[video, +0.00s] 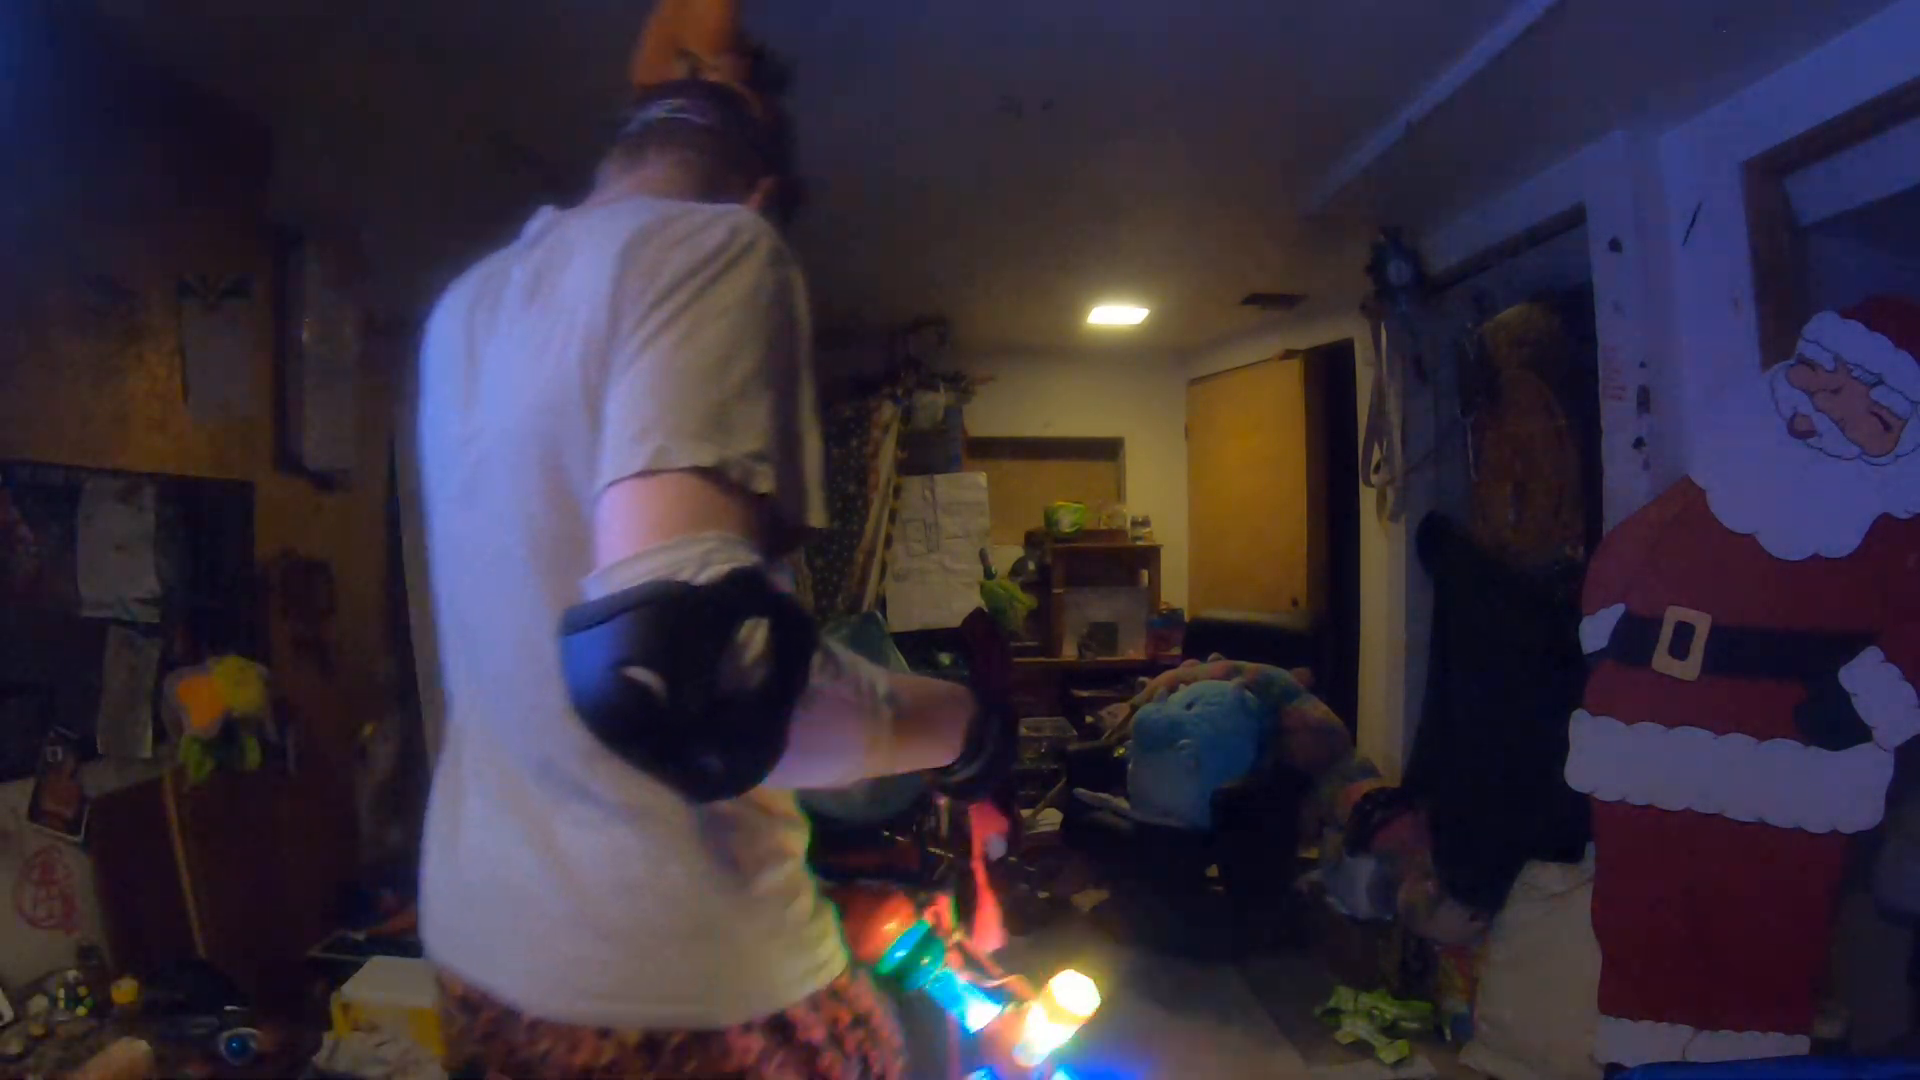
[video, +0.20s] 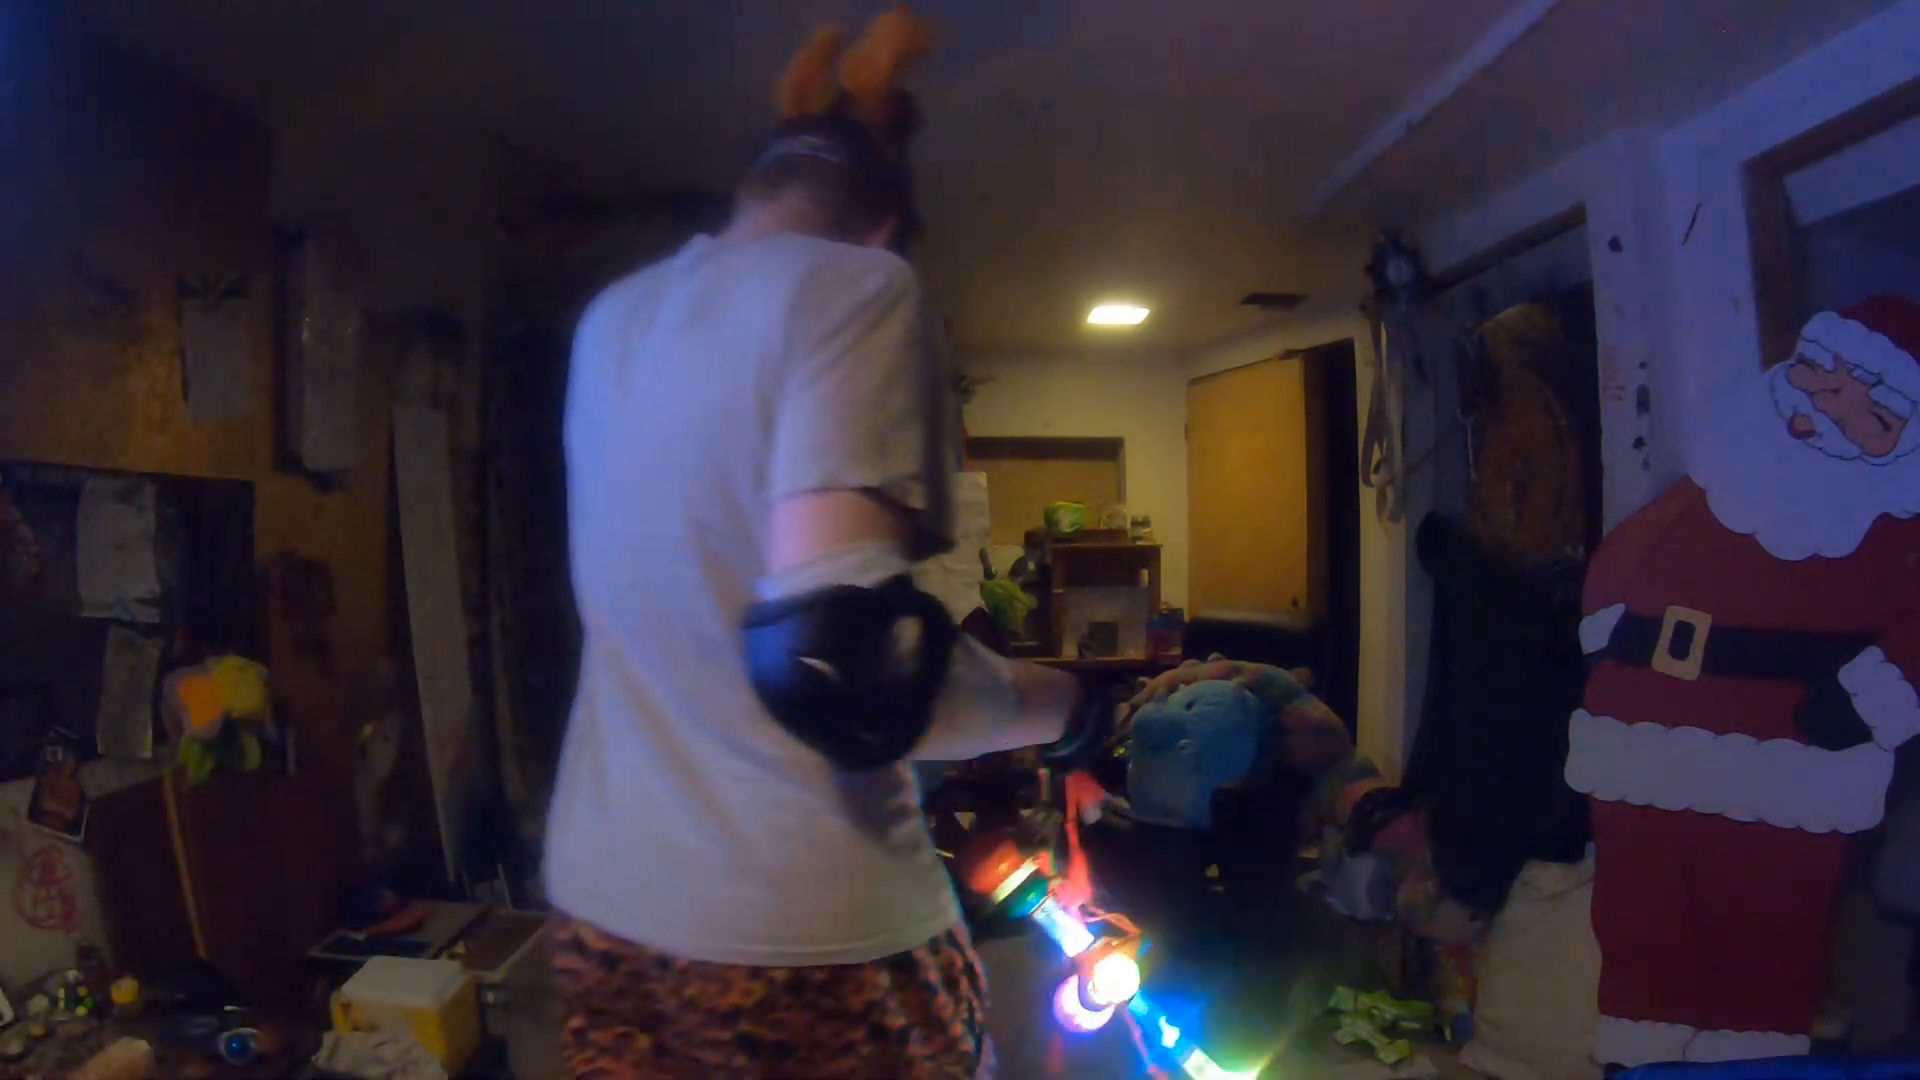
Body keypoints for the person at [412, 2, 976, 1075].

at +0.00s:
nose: (766, 231)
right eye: (779, 214)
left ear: (610, 165)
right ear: (762, 193)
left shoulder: (462, 301)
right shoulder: (708, 247)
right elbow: (668, 660)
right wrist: (955, 719)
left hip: (476, 951)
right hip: (679, 979)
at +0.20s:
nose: (893, 283)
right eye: (899, 262)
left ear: (744, 204)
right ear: (881, 228)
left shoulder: (609, 318)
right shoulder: (852, 285)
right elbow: (838, 658)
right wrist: (1054, 702)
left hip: (604, 913)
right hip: (819, 938)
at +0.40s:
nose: (1001, 278)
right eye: (1013, 267)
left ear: (857, 232)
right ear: (997, 254)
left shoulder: (745, 336)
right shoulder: (1002, 320)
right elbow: (1012, 641)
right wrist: (1155, 686)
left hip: (759, 867)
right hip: (960, 879)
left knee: (779, 1065)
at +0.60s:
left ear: (925, 279)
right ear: (1056, 279)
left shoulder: (833, 378)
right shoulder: (1115, 377)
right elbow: (1157, 647)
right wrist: (1212, 636)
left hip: (886, 864)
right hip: (1066, 873)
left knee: (911, 1069)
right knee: (1079, 1068)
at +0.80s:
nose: (935, 305)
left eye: (936, 288)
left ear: (946, 282)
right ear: (1063, 278)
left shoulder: (886, 372)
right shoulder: (1158, 364)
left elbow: (886, 475)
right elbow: (1222, 581)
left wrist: (938, 330)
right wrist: (1183, 637)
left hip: (950, 801)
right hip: (1120, 810)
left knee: (974, 1048)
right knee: (1114, 1052)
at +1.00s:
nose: (943, 333)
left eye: (945, 318)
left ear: (951, 317)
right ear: (1052, 302)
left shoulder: (913, 414)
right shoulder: (1153, 386)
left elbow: (907, 491)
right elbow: (1239, 571)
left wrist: (936, 380)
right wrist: (1229, 623)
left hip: (989, 793)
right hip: (1143, 793)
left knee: (1009, 1039)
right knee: (1116, 1044)